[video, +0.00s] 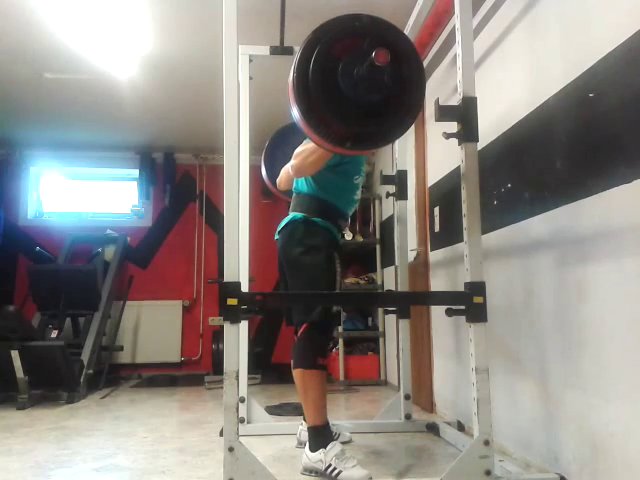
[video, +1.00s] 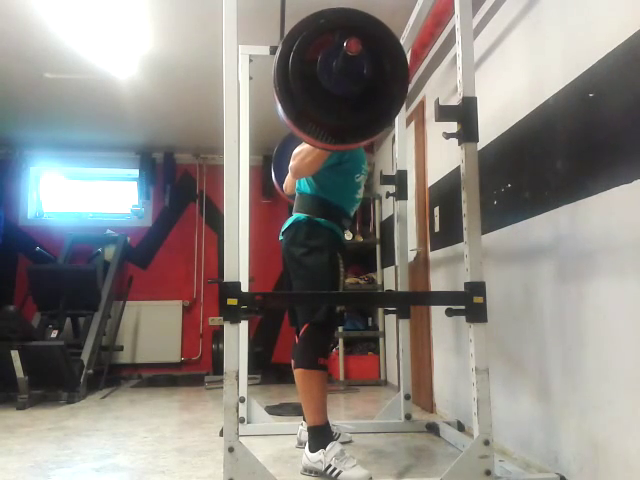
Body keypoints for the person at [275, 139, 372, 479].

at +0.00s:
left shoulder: (347, 140)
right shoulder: (333, 133)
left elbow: (282, 181)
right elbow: (294, 169)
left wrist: (299, 166)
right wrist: (333, 141)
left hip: (316, 234)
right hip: (307, 232)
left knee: (314, 332)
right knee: (314, 331)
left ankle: (315, 429)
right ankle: (319, 445)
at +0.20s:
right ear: (355, 109)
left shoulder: (349, 141)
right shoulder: (335, 134)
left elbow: (286, 184)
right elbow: (298, 169)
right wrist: (339, 137)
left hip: (316, 234)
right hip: (311, 234)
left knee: (311, 334)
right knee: (318, 332)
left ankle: (315, 429)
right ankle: (320, 447)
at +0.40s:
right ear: (356, 108)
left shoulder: (347, 142)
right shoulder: (336, 135)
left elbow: (286, 184)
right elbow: (298, 166)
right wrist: (338, 133)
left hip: (315, 235)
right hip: (310, 234)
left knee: (312, 334)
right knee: (316, 333)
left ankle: (315, 429)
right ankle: (319, 446)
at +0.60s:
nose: (379, 133)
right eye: (376, 124)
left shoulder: (348, 143)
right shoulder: (335, 135)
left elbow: (288, 184)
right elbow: (298, 168)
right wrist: (338, 135)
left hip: (317, 234)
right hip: (312, 234)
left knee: (313, 334)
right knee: (317, 333)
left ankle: (315, 430)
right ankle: (320, 446)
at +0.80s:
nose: (375, 134)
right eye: (372, 125)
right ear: (352, 112)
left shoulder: (348, 145)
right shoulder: (332, 134)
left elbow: (289, 185)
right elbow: (296, 170)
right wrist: (334, 134)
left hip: (318, 234)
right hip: (311, 233)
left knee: (313, 333)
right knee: (316, 332)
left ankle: (315, 430)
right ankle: (320, 446)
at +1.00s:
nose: (373, 135)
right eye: (368, 126)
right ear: (351, 114)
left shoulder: (345, 144)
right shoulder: (330, 134)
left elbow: (289, 186)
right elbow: (296, 170)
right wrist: (333, 134)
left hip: (317, 234)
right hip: (310, 233)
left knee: (314, 333)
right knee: (316, 332)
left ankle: (315, 429)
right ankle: (319, 446)